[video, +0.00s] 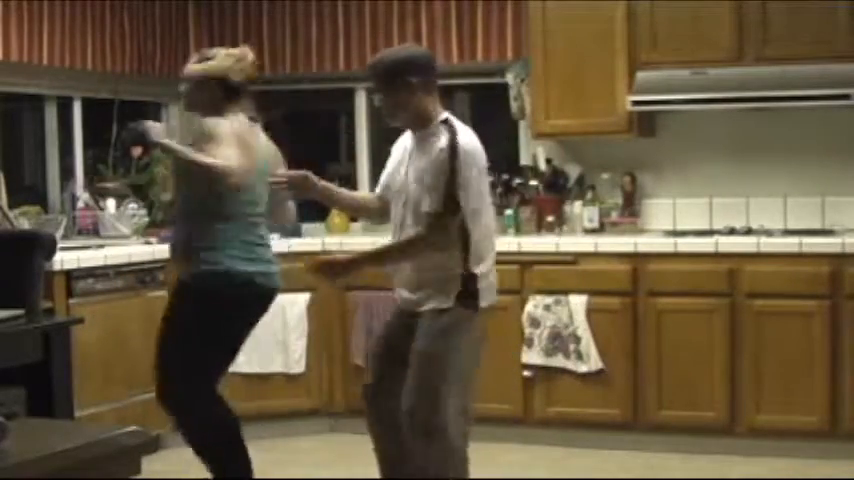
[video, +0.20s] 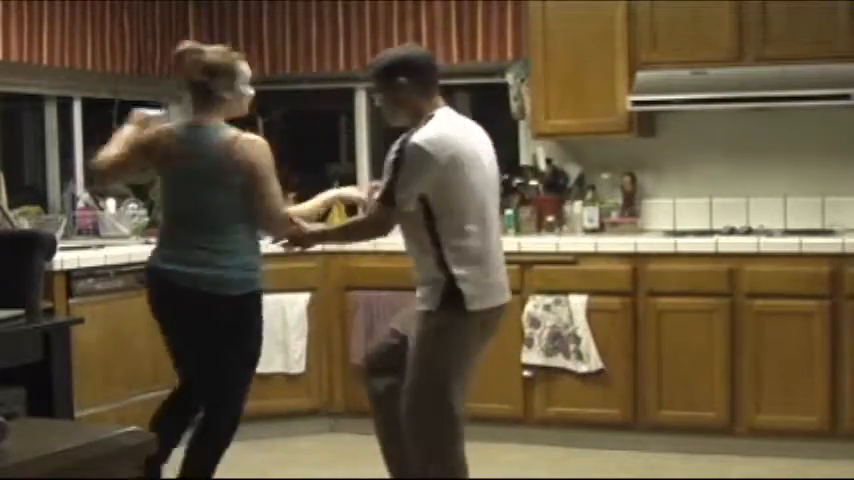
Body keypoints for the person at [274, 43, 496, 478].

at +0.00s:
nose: (379, 105)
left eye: (385, 94)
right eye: (377, 96)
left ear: (417, 87)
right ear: (409, 90)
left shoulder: (458, 145)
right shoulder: (405, 145)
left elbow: (443, 236)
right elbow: (379, 206)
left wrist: (359, 261)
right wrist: (317, 189)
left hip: (455, 305)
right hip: (413, 302)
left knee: (428, 416)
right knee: (382, 401)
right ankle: (403, 477)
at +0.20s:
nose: (379, 107)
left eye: (381, 96)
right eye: (377, 97)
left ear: (404, 88)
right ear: (425, 86)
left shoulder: (418, 147)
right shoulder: (470, 131)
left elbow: (378, 223)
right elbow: (426, 201)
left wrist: (313, 236)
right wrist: (369, 197)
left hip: (454, 304)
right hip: (483, 297)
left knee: (427, 416)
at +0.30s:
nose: (388, 106)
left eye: (390, 95)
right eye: (387, 96)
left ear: (408, 88)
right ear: (440, 87)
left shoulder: (412, 147)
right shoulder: (490, 135)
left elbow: (382, 226)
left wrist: (318, 233)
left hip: (450, 306)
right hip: (492, 299)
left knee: (422, 419)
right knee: (399, 382)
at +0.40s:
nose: (402, 107)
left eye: (402, 96)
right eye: (400, 97)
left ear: (417, 91)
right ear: (455, 89)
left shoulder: (418, 148)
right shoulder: (507, 138)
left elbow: (391, 230)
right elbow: (539, 211)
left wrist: (322, 227)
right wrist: (485, 212)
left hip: (452, 309)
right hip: (505, 303)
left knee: (415, 423)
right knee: (453, 410)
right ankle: (469, 474)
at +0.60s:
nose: (438, 105)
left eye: (440, 98)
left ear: (445, 97)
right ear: (494, 93)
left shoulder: (435, 152)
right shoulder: (544, 142)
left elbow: (391, 225)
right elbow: (585, 208)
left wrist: (320, 196)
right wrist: (536, 215)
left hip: (474, 309)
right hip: (539, 305)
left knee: (411, 418)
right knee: (491, 420)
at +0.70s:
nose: (523, 99)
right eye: (522, 93)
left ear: (467, 100)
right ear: (517, 94)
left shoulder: (447, 150)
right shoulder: (563, 145)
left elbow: (395, 210)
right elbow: (606, 213)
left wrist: (346, 160)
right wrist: (611, 195)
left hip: (484, 306)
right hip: (554, 304)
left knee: (438, 418)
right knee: (515, 406)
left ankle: (443, 473)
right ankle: (488, 473)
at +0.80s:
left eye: (488, 94)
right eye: (541, 92)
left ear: (491, 96)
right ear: (541, 92)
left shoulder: (471, 151)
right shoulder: (589, 147)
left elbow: (428, 205)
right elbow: (622, 219)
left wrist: (384, 165)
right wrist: (630, 199)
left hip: (504, 309)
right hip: (572, 307)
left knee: (449, 424)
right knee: (548, 395)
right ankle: (556, 474)